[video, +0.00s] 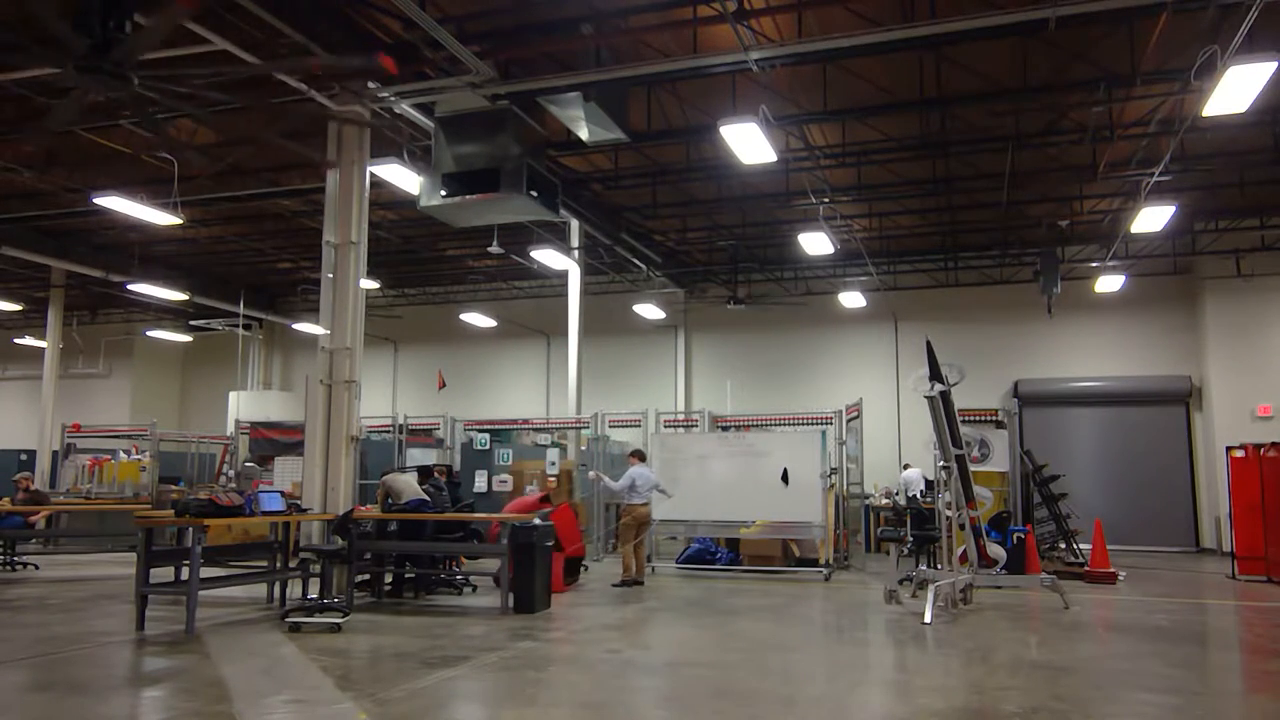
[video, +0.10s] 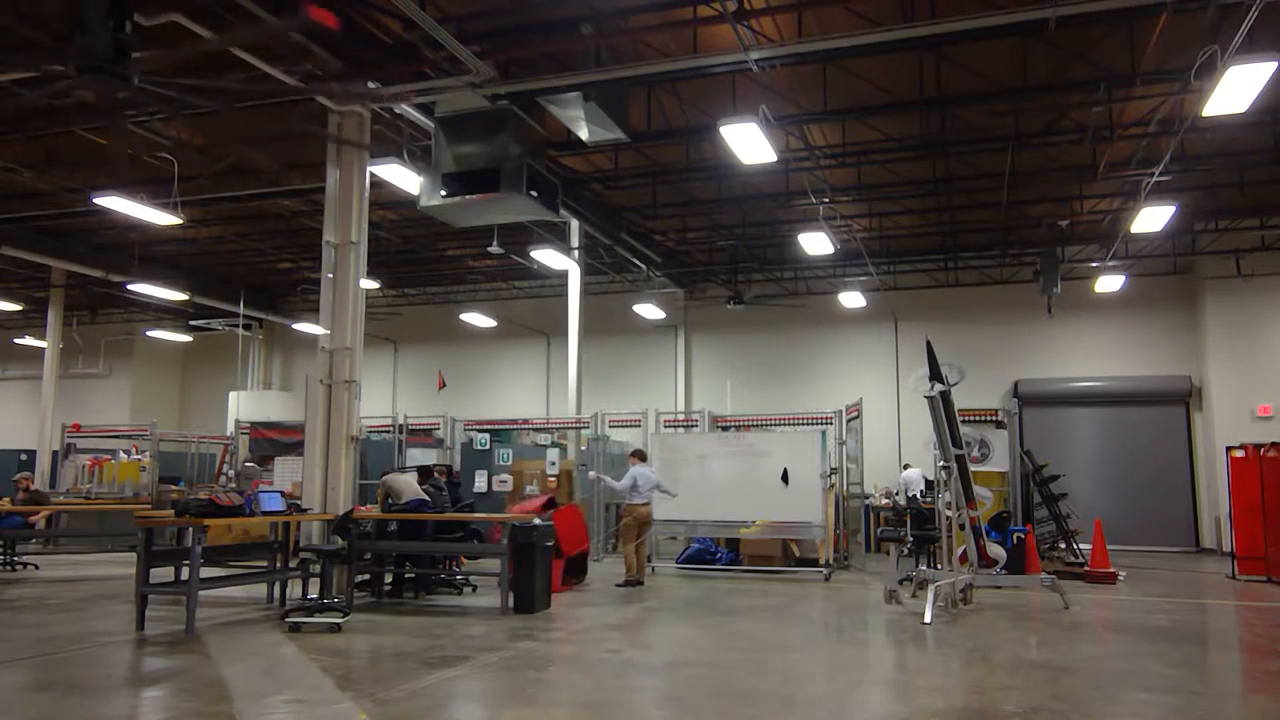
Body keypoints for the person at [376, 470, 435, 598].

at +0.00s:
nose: (381, 483)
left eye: (381, 480)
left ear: (384, 476)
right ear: (396, 472)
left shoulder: (385, 480)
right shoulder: (408, 476)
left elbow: (382, 506)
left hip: (409, 508)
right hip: (426, 506)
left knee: (401, 550)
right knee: (420, 549)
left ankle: (397, 588)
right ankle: (421, 587)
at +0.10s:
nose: (381, 484)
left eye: (382, 481)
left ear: (384, 476)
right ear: (395, 472)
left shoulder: (385, 480)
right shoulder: (408, 477)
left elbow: (382, 504)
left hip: (409, 508)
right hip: (426, 506)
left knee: (401, 551)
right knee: (421, 549)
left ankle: (397, 588)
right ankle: (421, 587)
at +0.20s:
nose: (381, 484)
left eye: (382, 481)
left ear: (384, 476)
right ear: (395, 472)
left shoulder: (385, 480)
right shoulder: (408, 477)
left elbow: (382, 504)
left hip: (409, 508)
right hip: (426, 506)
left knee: (401, 551)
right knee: (421, 549)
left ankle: (397, 587)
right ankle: (421, 587)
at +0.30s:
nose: (381, 484)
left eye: (382, 481)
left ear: (384, 476)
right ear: (395, 472)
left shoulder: (385, 480)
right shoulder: (408, 476)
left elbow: (382, 504)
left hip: (409, 509)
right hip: (426, 506)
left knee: (401, 551)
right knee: (421, 549)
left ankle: (397, 588)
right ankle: (420, 587)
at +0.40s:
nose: (381, 484)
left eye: (382, 481)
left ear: (384, 476)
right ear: (395, 472)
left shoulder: (385, 480)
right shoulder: (408, 477)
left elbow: (382, 504)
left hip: (409, 508)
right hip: (426, 506)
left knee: (401, 550)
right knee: (421, 549)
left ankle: (397, 587)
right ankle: (420, 587)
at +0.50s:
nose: (381, 484)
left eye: (382, 481)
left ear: (384, 477)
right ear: (395, 472)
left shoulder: (384, 480)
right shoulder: (408, 477)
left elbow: (382, 505)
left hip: (408, 508)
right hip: (426, 506)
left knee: (401, 551)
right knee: (422, 549)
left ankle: (397, 587)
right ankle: (420, 588)